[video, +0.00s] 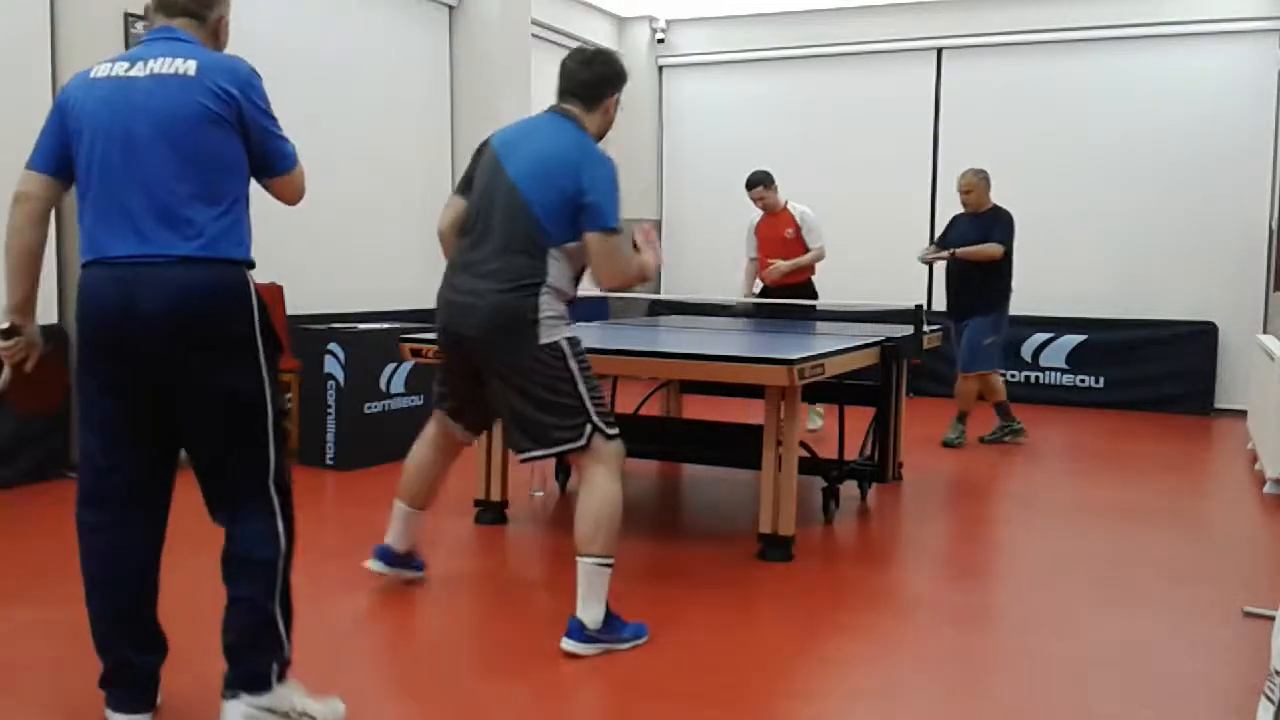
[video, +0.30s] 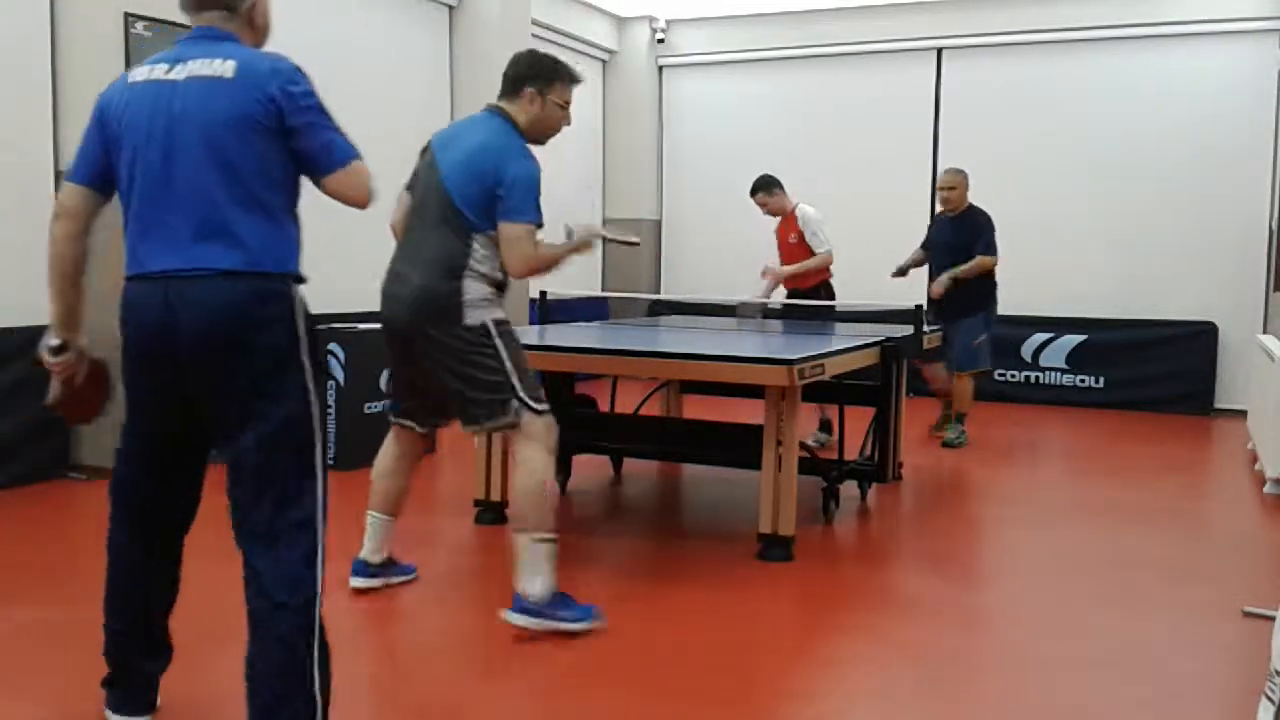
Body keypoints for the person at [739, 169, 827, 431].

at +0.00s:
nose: (758, 205)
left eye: (761, 198)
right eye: (754, 201)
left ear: (774, 189)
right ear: (751, 198)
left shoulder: (801, 215)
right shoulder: (756, 224)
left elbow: (819, 252)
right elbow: (752, 262)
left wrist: (787, 265)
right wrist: (745, 294)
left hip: (799, 293)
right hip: (768, 294)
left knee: (803, 350)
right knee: (769, 351)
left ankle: (813, 406)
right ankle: (775, 407)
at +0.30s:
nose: (764, 212)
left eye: (764, 204)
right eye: (760, 207)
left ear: (777, 194)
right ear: (771, 200)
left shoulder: (806, 215)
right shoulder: (781, 226)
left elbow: (826, 257)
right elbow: (785, 267)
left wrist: (786, 272)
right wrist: (763, 296)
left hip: (817, 296)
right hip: (794, 297)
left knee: (817, 364)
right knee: (793, 363)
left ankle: (825, 426)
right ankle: (784, 427)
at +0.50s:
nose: (772, 213)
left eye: (770, 206)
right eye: (768, 208)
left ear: (783, 194)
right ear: (783, 197)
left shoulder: (810, 217)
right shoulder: (803, 218)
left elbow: (812, 266)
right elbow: (810, 264)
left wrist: (780, 295)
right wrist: (789, 277)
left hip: (828, 295)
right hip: (818, 295)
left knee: (822, 362)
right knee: (816, 361)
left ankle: (825, 427)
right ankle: (817, 420)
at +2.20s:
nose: (765, 237)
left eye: (765, 229)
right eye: (762, 231)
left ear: (780, 220)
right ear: (783, 222)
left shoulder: (805, 239)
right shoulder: (806, 239)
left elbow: (788, 285)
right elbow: (818, 284)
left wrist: (749, 302)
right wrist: (797, 299)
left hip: (844, 311)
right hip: (832, 311)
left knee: (821, 373)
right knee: (813, 371)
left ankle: (845, 429)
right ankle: (844, 428)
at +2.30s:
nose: (758, 244)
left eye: (758, 236)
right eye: (755, 238)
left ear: (774, 228)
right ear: (776, 229)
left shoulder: (797, 245)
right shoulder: (794, 247)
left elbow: (776, 292)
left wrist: (736, 304)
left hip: (836, 316)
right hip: (825, 316)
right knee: (809, 375)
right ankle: (842, 426)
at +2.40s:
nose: (751, 252)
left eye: (752, 244)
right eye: (749, 246)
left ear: (768, 236)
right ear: (771, 237)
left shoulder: (790, 253)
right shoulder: (789, 254)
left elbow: (766, 299)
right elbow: (772, 301)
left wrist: (724, 309)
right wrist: (734, 307)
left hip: (830, 319)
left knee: (779, 374)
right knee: (798, 376)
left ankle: (799, 431)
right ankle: (839, 422)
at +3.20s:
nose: (739, 237)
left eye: (740, 229)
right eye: (738, 231)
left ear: (756, 224)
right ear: (760, 225)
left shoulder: (771, 242)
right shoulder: (783, 245)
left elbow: (738, 279)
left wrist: (691, 287)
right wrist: (757, 290)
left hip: (802, 317)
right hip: (819, 315)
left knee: (773, 368)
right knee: (775, 368)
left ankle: (798, 433)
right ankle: (798, 432)